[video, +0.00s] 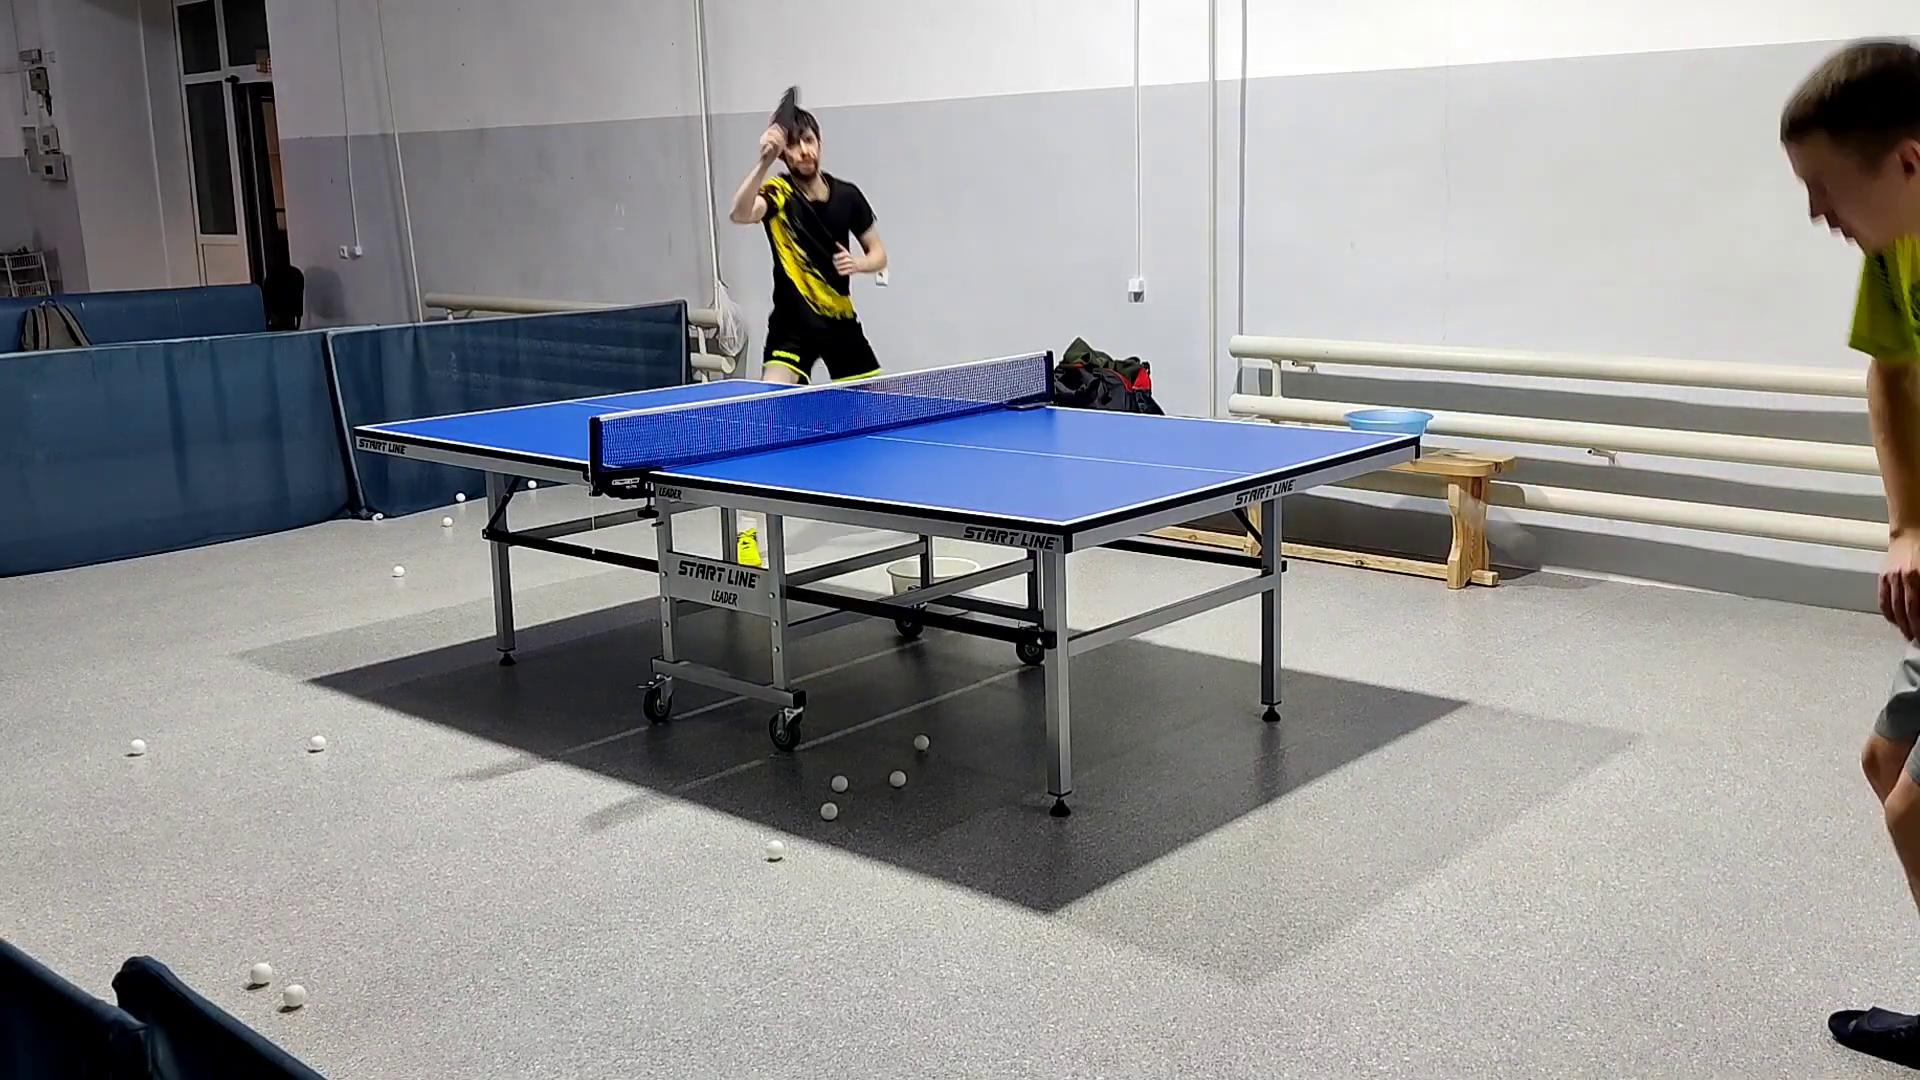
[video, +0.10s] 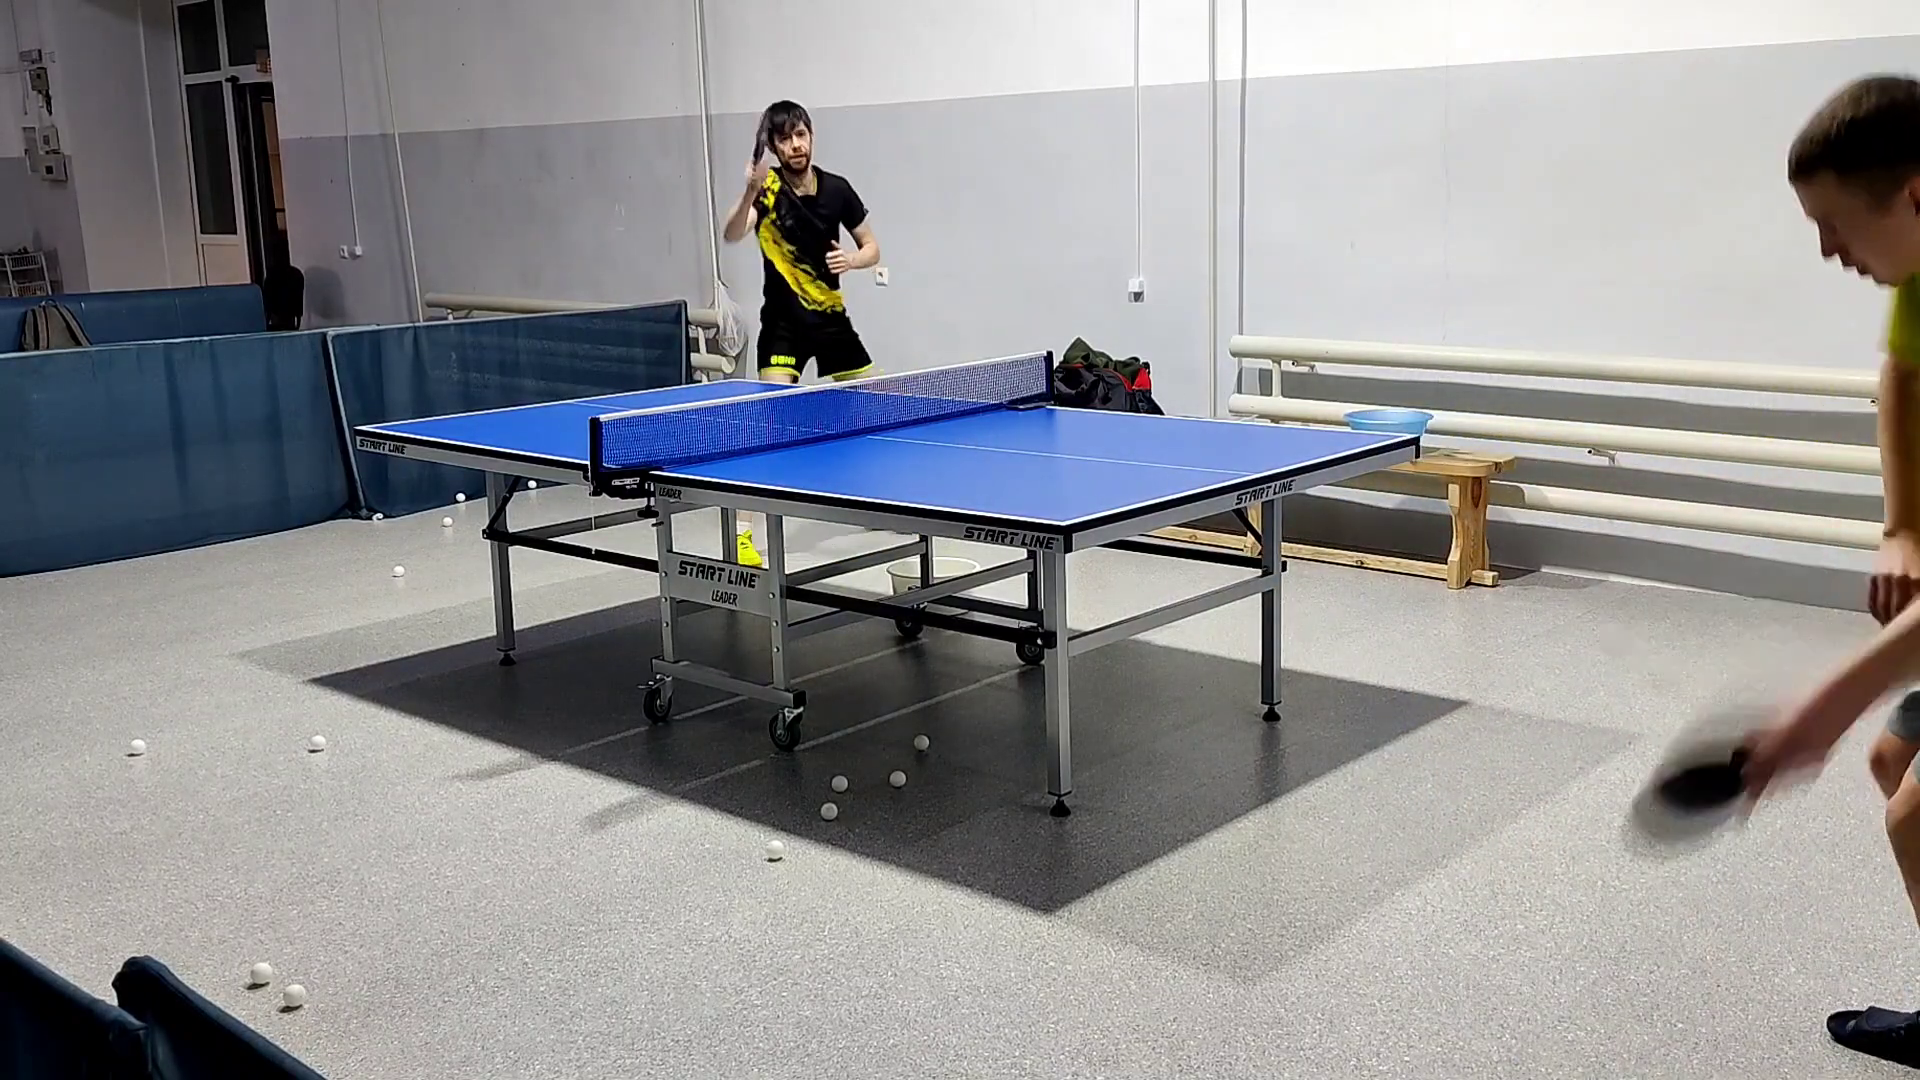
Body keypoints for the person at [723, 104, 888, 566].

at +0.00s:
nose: (803, 152)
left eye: (809, 141)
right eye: (793, 145)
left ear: (820, 143)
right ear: (782, 152)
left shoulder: (846, 196)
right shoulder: (776, 193)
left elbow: (878, 256)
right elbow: (740, 213)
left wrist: (858, 263)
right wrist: (764, 162)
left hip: (841, 325)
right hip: (792, 324)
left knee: (883, 418)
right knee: (768, 414)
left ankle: (908, 539)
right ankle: (749, 530)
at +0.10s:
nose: (795, 145)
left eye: (801, 134)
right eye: (785, 138)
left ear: (813, 137)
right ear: (772, 146)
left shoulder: (836, 189)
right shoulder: (764, 189)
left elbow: (871, 249)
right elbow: (732, 235)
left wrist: (852, 260)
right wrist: (750, 189)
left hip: (832, 319)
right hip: (784, 319)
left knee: (874, 409)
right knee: (771, 414)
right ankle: (745, 529)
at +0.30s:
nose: (785, 159)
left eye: (791, 149)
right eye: (775, 153)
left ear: (803, 150)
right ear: (762, 160)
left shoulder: (829, 203)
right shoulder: (755, 207)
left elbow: (869, 266)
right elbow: (729, 277)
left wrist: (841, 280)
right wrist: (743, 246)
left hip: (819, 333)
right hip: (772, 334)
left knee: (871, 409)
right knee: (758, 421)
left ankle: (886, 508)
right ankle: (743, 531)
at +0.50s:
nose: (769, 165)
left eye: (774, 154)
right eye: (758, 159)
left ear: (786, 152)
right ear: (748, 167)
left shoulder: (819, 192)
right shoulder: (748, 219)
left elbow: (848, 250)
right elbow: (739, 294)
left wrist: (782, 251)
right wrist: (736, 281)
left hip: (844, 325)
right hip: (792, 328)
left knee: (871, 419)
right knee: (766, 414)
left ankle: (888, 505)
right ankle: (748, 528)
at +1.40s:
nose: (786, 183)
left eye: (790, 172)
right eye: (775, 178)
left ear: (804, 169)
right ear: (768, 186)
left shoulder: (843, 208)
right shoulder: (772, 232)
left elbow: (887, 269)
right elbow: (764, 301)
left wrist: (834, 280)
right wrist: (793, 292)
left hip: (864, 335)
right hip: (812, 339)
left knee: (905, 421)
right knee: (783, 421)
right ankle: (732, 523)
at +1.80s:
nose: (740, 151)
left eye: (744, 139)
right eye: (728, 147)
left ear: (756, 139)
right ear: (718, 157)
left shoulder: (789, 185)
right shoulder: (718, 209)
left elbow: (828, 230)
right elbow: (709, 283)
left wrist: (846, 286)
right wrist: (746, 289)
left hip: (800, 320)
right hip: (753, 326)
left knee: (846, 403)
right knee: (748, 407)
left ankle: (861, 505)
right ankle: (713, 522)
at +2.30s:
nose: (737, 175)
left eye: (742, 163)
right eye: (727, 169)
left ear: (754, 162)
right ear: (715, 176)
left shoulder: (789, 208)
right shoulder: (710, 227)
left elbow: (852, 252)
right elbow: (696, 300)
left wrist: (828, 291)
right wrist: (721, 299)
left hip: (795, 344)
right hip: (744, 347)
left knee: (853, 419)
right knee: (735, 438)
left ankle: (864, 509)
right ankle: (696, 538)